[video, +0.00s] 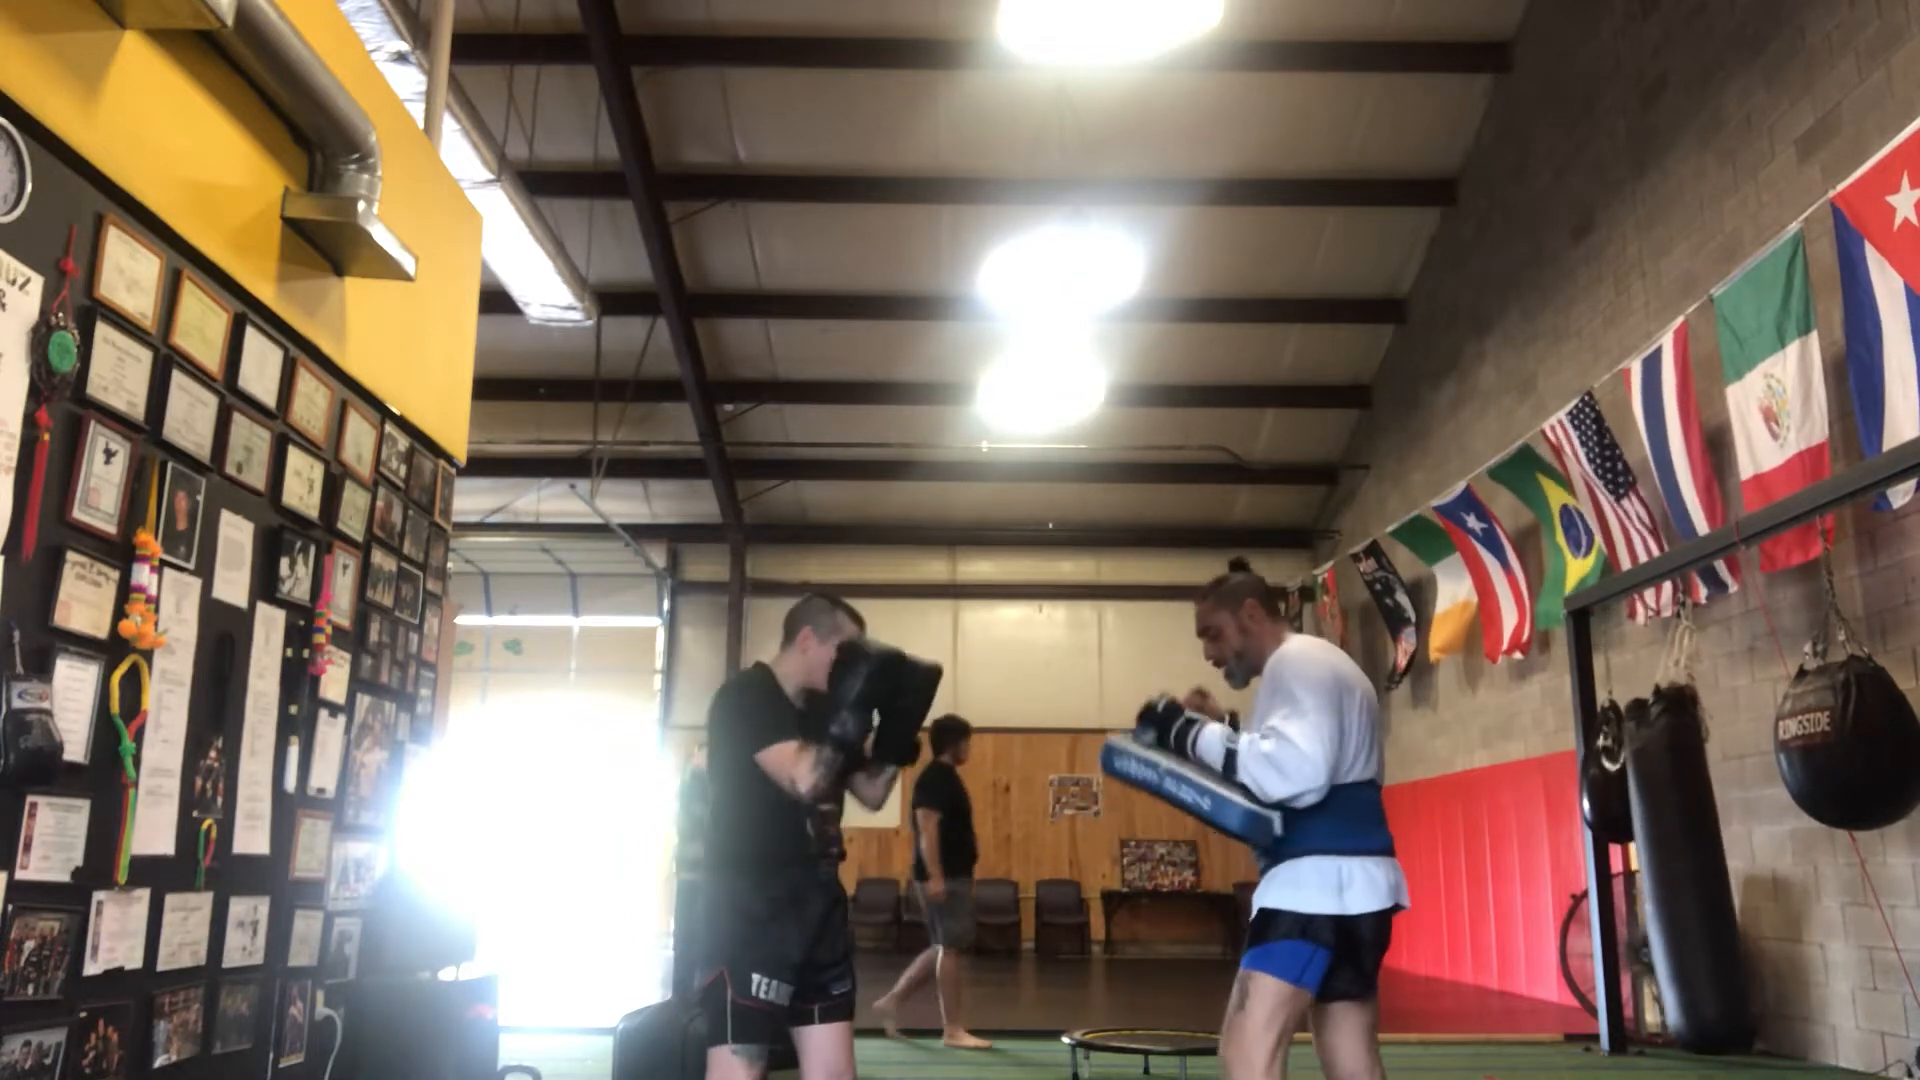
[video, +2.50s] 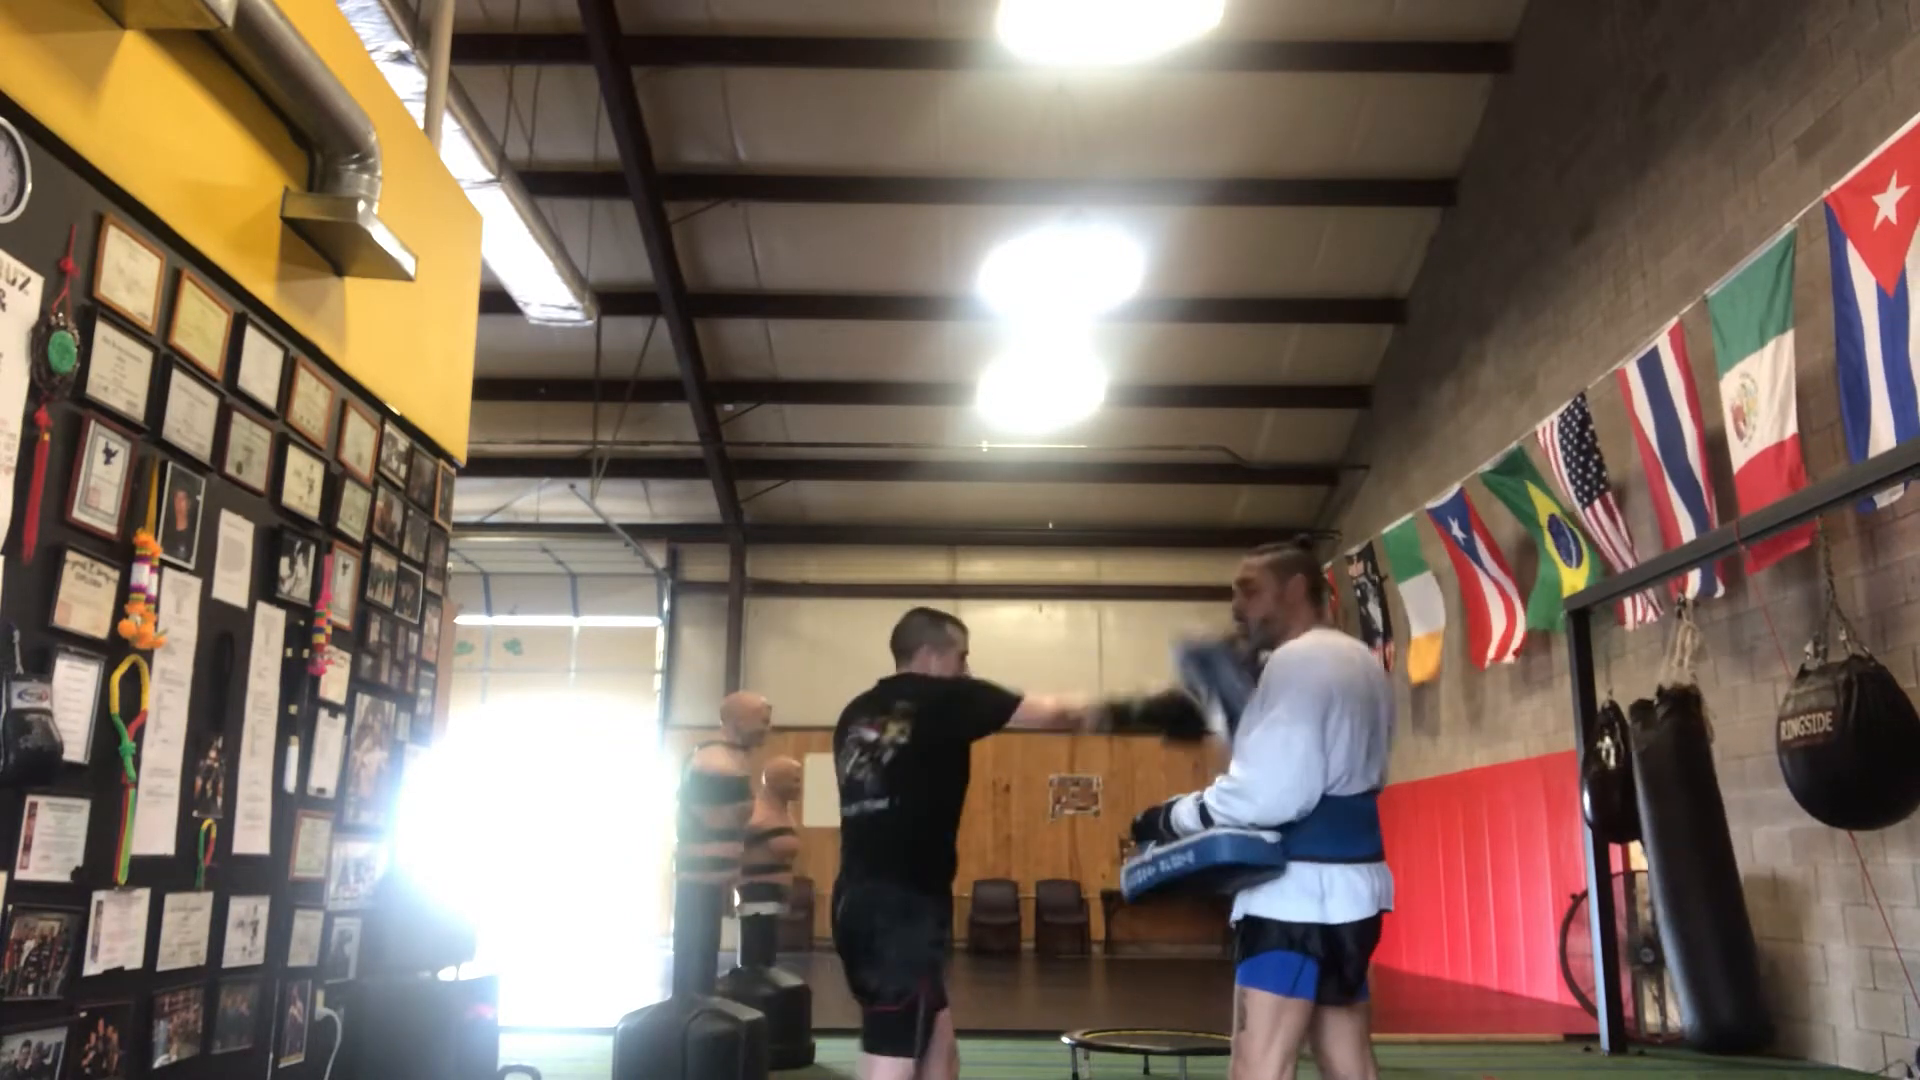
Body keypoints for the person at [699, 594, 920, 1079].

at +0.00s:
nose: (847, 663)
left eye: (852, 652)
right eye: (843, 649)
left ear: (809, 643)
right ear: (807, 639)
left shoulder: (822, 709)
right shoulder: (743, 696)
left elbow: (872, 794)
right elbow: (805, 779)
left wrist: (901, 718)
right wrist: (852, 703)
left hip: (818, 914)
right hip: (751, 915)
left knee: (832, 1070)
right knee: (736, 1068)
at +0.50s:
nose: (820, 658)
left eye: (825, 646)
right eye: (814, 644)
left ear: (786, 640)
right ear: (783, 637)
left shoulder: (795, 703)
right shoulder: (726, 691)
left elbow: (849, 786)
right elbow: (812, 768)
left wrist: (874, 706)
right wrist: (837, 691)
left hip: (796, 918)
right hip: (731, 918)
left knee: (829, 1070)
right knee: (722, 1071)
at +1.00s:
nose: (823, 662)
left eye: (828, 651)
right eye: (816, 647)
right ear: (782, 636)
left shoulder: (812, 705)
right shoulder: (720, 691)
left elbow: (888, 770)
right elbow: (775, 779)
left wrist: (948, 728)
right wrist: (816, 702)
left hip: (797, 913)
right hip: (724, 915)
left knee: (824, 1070)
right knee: (715, 1070)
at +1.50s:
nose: (804, 659)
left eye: (810, 647)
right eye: (799, 645)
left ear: (767, 639)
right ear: (766, 635)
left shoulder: (778, 698)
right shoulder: (707, 685)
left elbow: (824, 787)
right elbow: (783, 773)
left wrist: (841, 701)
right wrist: (817, 692)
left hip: (772, 901)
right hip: (706, 905)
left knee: (838, 1057)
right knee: (701, 1070)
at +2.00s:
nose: (851, 650)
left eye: (855, 641)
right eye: (843, 639)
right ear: (811, 632)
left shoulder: (847, 695)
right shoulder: (753, 687)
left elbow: (940, 714)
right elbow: (816, 764)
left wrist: (968, 646)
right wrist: (850, 683)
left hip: (834, 898)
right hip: (759, 905)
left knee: (942, 1021)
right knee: (731, 1070)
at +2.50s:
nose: (965, 669)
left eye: (964, 658)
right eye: (960, 657)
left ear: (911, 655)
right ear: (931, 655)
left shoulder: (855, 712)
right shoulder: (949, 698)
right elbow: (1057, 712)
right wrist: (1145, 710)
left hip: (859, 901)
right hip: (908, 905)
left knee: (938, 1047)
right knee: (890, 1062)